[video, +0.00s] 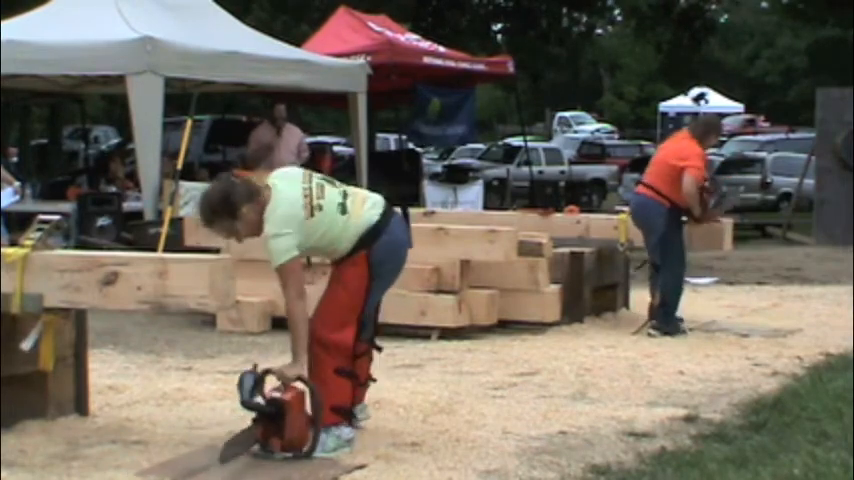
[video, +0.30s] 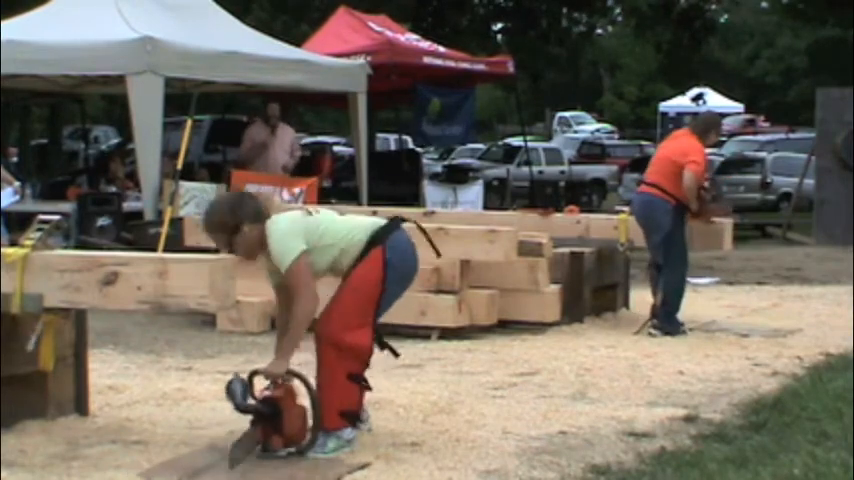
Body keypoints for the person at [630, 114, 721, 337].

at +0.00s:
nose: (715, 142)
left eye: (717, 138)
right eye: (715, 137)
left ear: (695, 129)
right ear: (707, 135)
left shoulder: (678, 139)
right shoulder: (693, 153)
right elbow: (689, 189)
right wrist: (698, 213)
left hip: (645, 199)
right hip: (661, 206)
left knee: (660, 263)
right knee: (673, 265)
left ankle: (659, 314)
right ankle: (664, 320)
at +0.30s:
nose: (717, 140)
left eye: (717, 135)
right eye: (716, 134)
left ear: (696, 126)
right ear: (709, 132)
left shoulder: (677, 137)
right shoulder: (694, 149)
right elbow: (688, 184)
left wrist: (699, 187)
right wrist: (695, 207)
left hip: (646, 196)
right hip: (663, 203)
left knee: (661, 261)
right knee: (675, 263)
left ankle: (661, 313)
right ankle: (666, 319)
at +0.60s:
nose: (719, 149)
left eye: (721, 144)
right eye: (719, 143)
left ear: (702, 133)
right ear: (711, 139)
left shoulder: (681, 142)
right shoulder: (693, 154)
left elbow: (677, 169)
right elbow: (680, 187)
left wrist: (700, 184)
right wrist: (690, 214)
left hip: (644, 197)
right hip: (657, 204)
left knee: (659, 261)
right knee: (669, 262)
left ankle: (660, 315)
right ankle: (664, 319)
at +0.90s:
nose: (725, 207)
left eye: (728, 204)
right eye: (725, 201)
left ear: (716, 192)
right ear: (718, 193)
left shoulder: (699, 193)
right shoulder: (697, 200)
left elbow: (695, 240)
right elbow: (693, 251)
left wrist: (710, 263)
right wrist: (700, 288)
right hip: (641, 214)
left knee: (673, 269)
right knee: (674, 271)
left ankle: (664, 318)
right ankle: (665, 321)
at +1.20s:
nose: (728, 230)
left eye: (732, 228)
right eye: (731, 225)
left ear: (724, 213)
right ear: (725, 215)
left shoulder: (707, 208)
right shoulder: (705, 213)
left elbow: (692, 252)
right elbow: (689, 254)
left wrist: (706, 280)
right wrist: (692, 296)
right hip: (644, 209)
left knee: (671, 266)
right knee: (671, 269)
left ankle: (664, 318)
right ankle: (666, 321)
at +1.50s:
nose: (730, 224)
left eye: (735, 222)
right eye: (733, 219)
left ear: (726, 206)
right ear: (727, 207)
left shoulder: (709, 201)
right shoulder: (707, 210)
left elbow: (698, 250)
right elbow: (695, 253)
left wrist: (706, 279)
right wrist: (699, 293)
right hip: (647, 206)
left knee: (669, 264)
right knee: (672, 265)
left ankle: (664, 318)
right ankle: (665, 321)